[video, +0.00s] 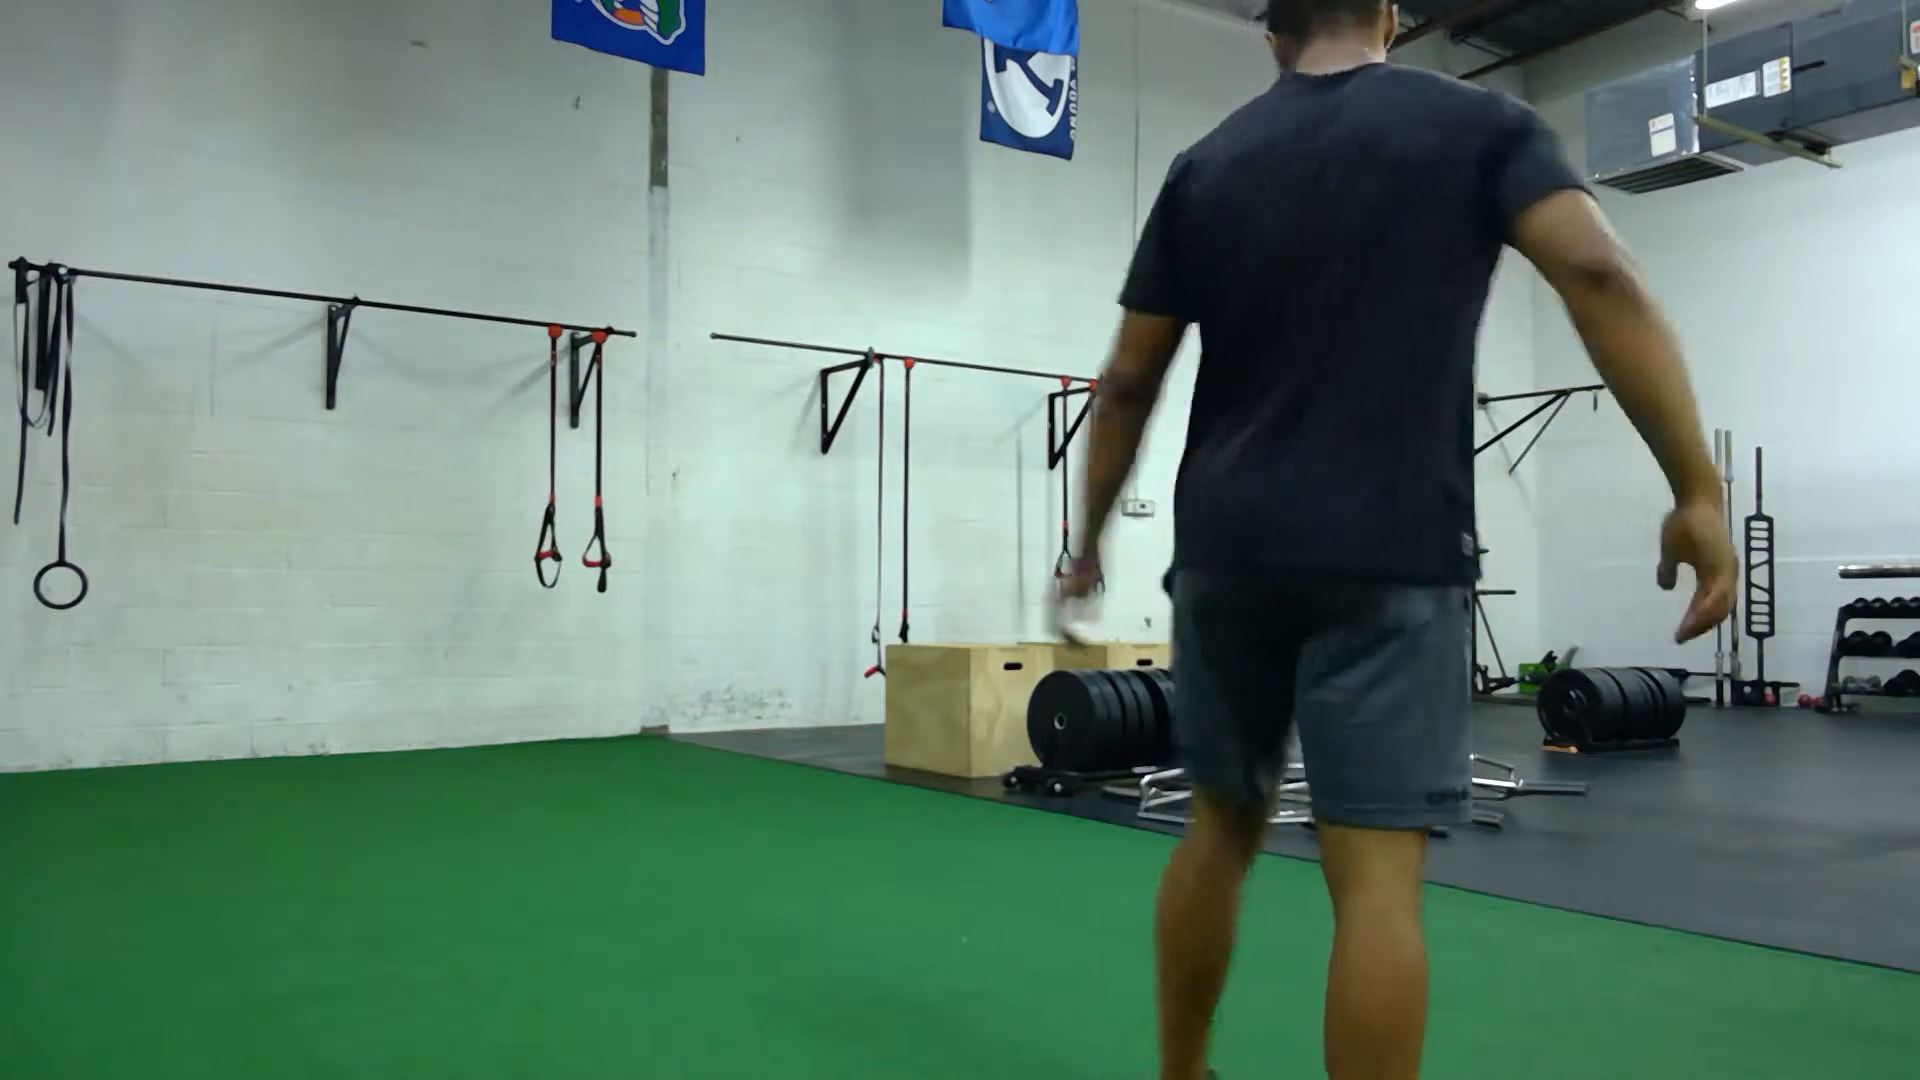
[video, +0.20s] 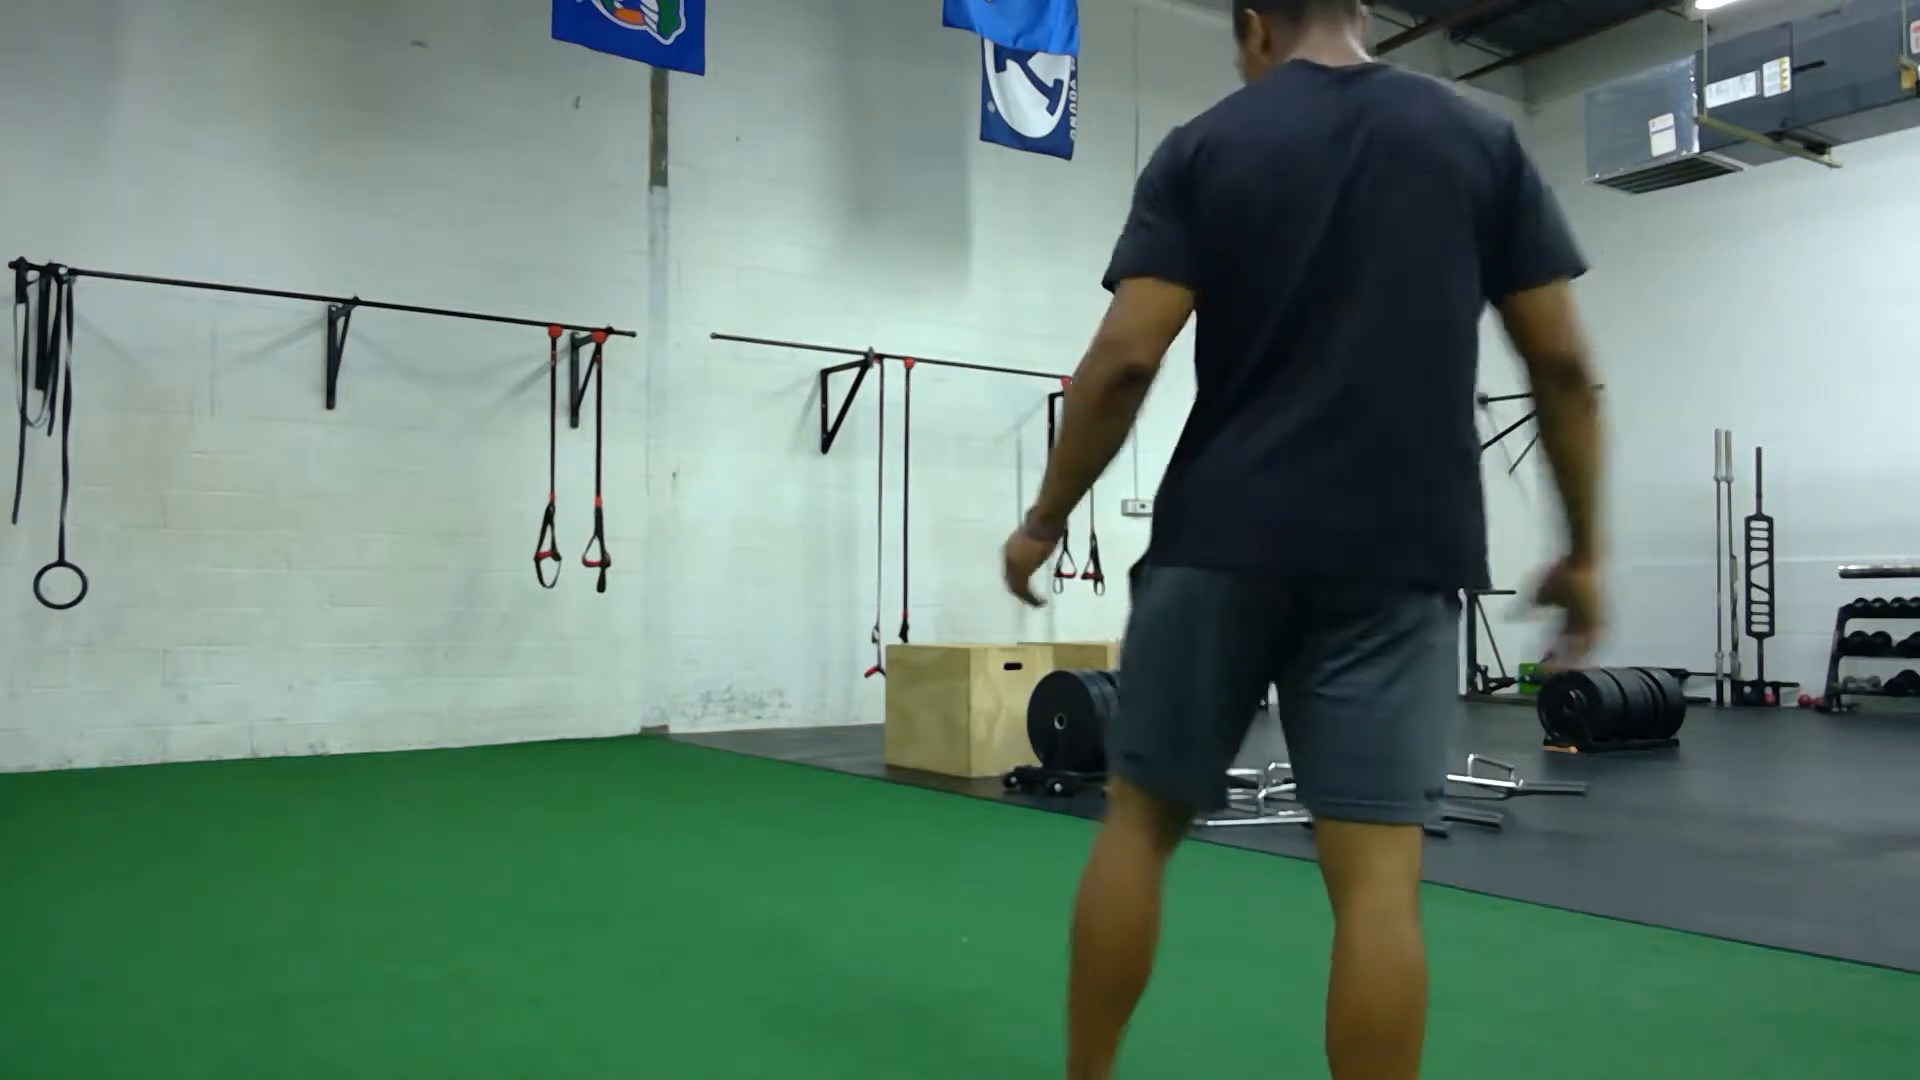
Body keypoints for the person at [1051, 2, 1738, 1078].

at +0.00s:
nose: (1399, 23)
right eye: (1398, 15)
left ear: (1270, 35)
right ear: (1387, 18)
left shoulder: (1205, 167)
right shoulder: (1474, 121)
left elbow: (1127, 381)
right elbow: (1599, 273)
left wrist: (1088, 531)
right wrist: (1697, 487)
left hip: (1228, 546)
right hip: (1397, 546)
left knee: (1217, 819)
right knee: (1378, 877)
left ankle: (1179, 1067)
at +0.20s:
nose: (1242, 59)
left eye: (1239, 41)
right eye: (1245, 45)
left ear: (1254, 26)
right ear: (1364, 24)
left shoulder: (1207, 146)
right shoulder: (1477, 136)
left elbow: (1122, 362)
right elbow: (1564, 367)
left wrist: (1045, 516)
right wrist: (1582, 548)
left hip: (1221, 545)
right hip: (1406, 552)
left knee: (1139, 821)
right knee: (1378, 880)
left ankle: (1086, 1068)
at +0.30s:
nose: (1207, 62)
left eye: (1206, 41)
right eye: (1208, 43)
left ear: (1229, 23)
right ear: (1329, 24)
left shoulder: (1189, 146)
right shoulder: (1449, 146)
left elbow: (1159, 354)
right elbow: (1499, 383)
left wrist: (1081, 517)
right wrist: (1464, 549)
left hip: (1213, 545)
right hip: (1387, 553)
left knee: (1116, 835)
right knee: (1368, 880)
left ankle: (1065, 1067)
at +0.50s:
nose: (1112, 76)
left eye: (1113, 52)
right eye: (1113, 53)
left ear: (1144, 33)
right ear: (1236, 36)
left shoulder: (1119, 157)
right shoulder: (1348, 172)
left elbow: (1087, 369)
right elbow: (1365, 396)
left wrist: (1049, 539)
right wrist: (1274, 496)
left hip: (1140, 560)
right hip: (1307, 563)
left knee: (1080, 860)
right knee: (1322, 871)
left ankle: (1050, 1072)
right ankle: (1356, 1073)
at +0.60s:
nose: (1057, 82)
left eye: (1060, 58)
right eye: (1060, 60)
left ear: (1089, 43)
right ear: (1178, 42)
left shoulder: (1060, 163)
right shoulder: (1290, 174)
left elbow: (1011, 384)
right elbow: (1315, 405)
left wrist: (992, 522)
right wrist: (1245, 518)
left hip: (1092, 554)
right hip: (1253, 554)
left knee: (1059, 855)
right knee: (1283, 839)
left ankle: (1043, 1070)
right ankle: (1351, 1070)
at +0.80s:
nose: (979, 104)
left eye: (977, 84)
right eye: (979, 86)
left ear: (999, 61)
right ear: (1084, 57)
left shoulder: (981, 172)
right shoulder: (1212, 171)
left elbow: (935, 402)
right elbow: (1285, 372)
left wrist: (934, 455)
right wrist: (1319, 558)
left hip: (1070, 544)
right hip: (1207, 542)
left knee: (1053, 853)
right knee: (1119, 759)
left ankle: (1045, 1079)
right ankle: (1223, 985)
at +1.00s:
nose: (944, 105)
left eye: (943, 87)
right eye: (944, 89)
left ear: (967, 64)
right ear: (1058, 59)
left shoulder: (956, 166)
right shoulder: (1173, 177)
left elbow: (939, 383)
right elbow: (1254, 356)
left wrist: (925, 417)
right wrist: (1314, 541)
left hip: (1041, 554)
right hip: (1170, 551)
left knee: (1035, 851)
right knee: (1100, 805)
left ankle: (1042, 1071)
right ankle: (1154, 1061)